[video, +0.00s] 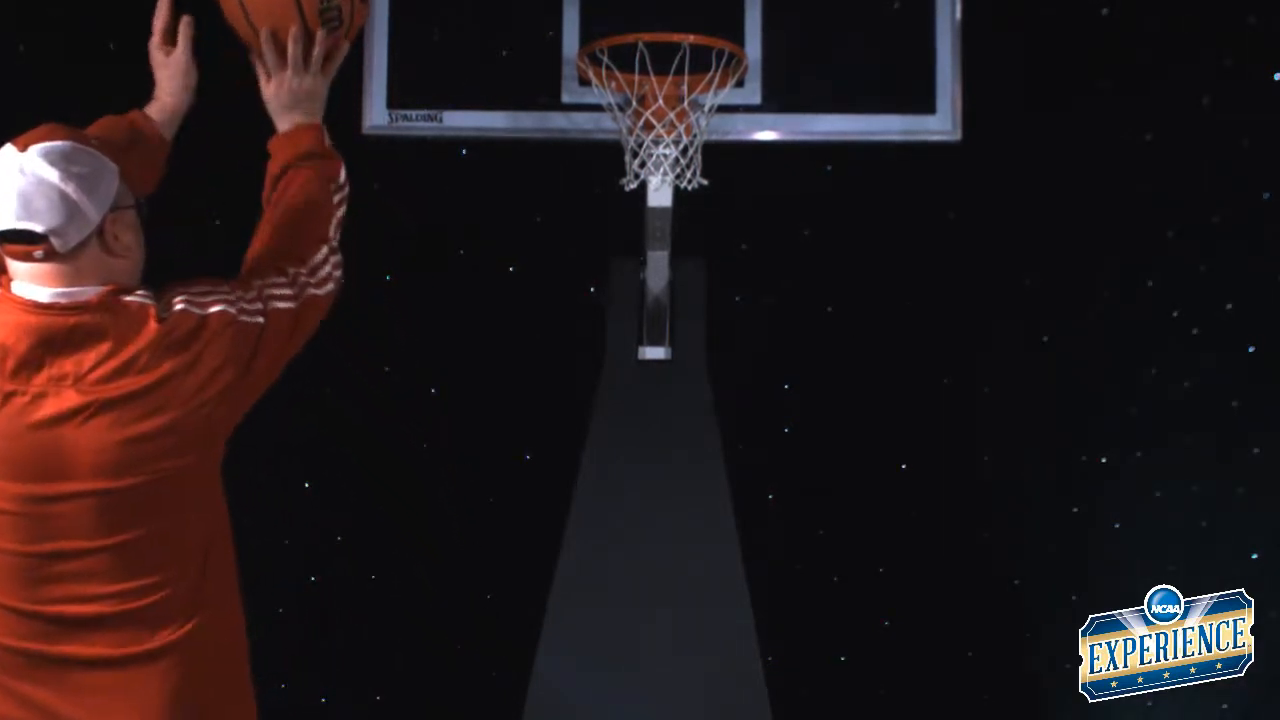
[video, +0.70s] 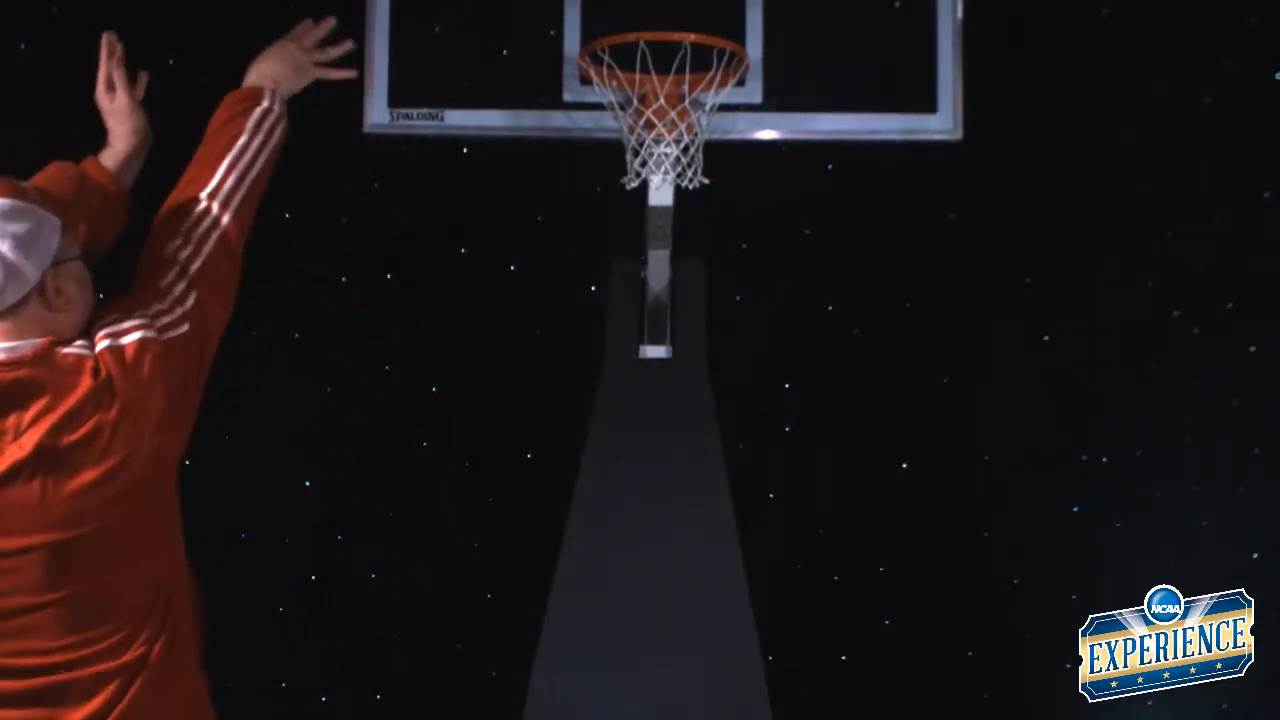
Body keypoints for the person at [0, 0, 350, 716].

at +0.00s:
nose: (139, 220)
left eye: (132, 207)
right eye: (131, 207)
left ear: (22, 236)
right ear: (108, 232)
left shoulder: (2, 327)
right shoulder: (170, 355)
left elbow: (39, 193)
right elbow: (300, 271)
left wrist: (158, 117)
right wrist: (301, 129)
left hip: (19, 697)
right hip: (166, 699)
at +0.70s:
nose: (88, 266)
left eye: (75, 253)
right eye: (75, 256)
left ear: (14, 292)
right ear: (53, 287)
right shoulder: (105, 395)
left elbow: (19, 240)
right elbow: (201, 232)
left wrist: (116, 157)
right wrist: (263, 91)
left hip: (16, 701)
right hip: (128, 703)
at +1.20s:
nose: (40, 325)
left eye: (28, 315)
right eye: (27, 319)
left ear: (5, 363)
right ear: (4, 362)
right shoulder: (62, 464)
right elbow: (184, 311)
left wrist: (50, 219)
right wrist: (196, 125)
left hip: (24, 700)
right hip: (106, 703)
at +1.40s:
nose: (22, 353)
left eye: (14, 346)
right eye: (13, 350)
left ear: (12, 378)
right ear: (1, 383)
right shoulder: (40, 500)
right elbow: (186, 335)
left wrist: (18, 248)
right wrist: (176, 155)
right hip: (90, 701)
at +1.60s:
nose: (14, 396)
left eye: (7, 366)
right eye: (7, 367)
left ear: (11, 371)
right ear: (3, 376)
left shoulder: (38, 537)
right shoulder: (33, 539)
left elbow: (190, 371)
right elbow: (190, 368)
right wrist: (159, 194)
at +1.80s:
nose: (9, 414)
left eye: (4, 385)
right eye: (5, 385)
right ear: (4, 409)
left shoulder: (33, 555)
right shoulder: (27, 557)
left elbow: (202, 409)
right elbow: (202, 407)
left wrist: (148, 244)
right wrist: (149, 243)